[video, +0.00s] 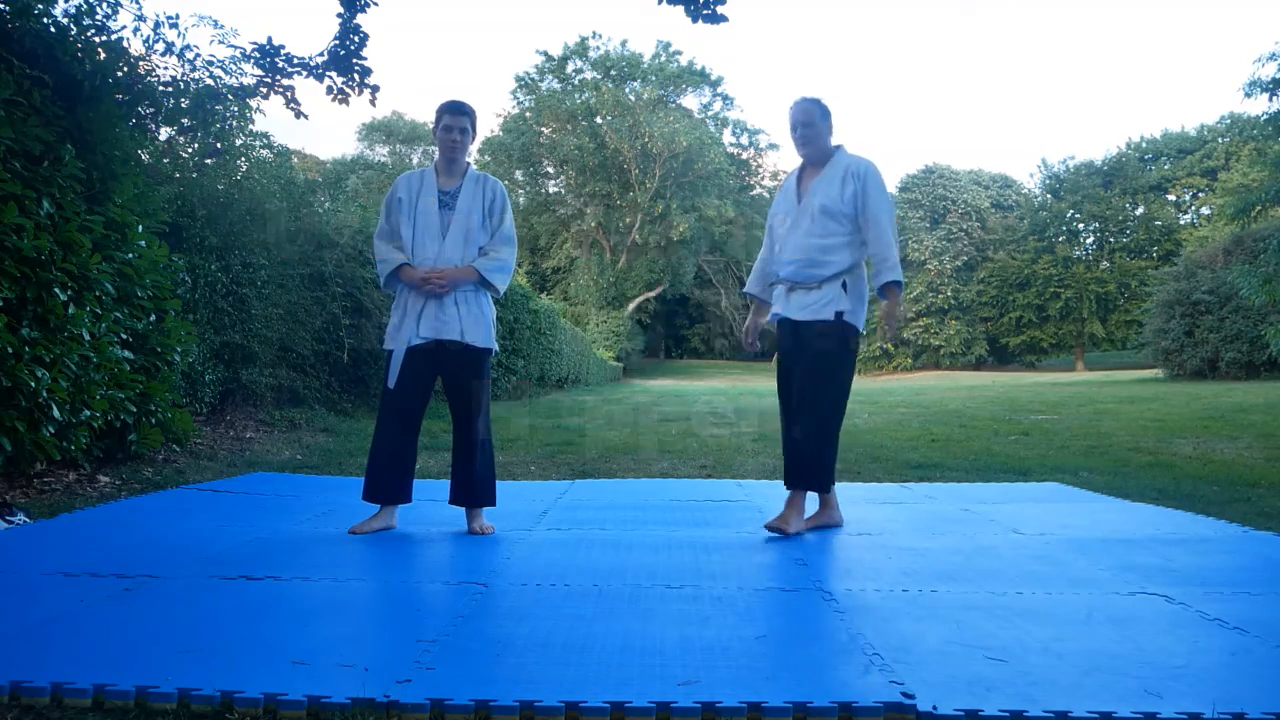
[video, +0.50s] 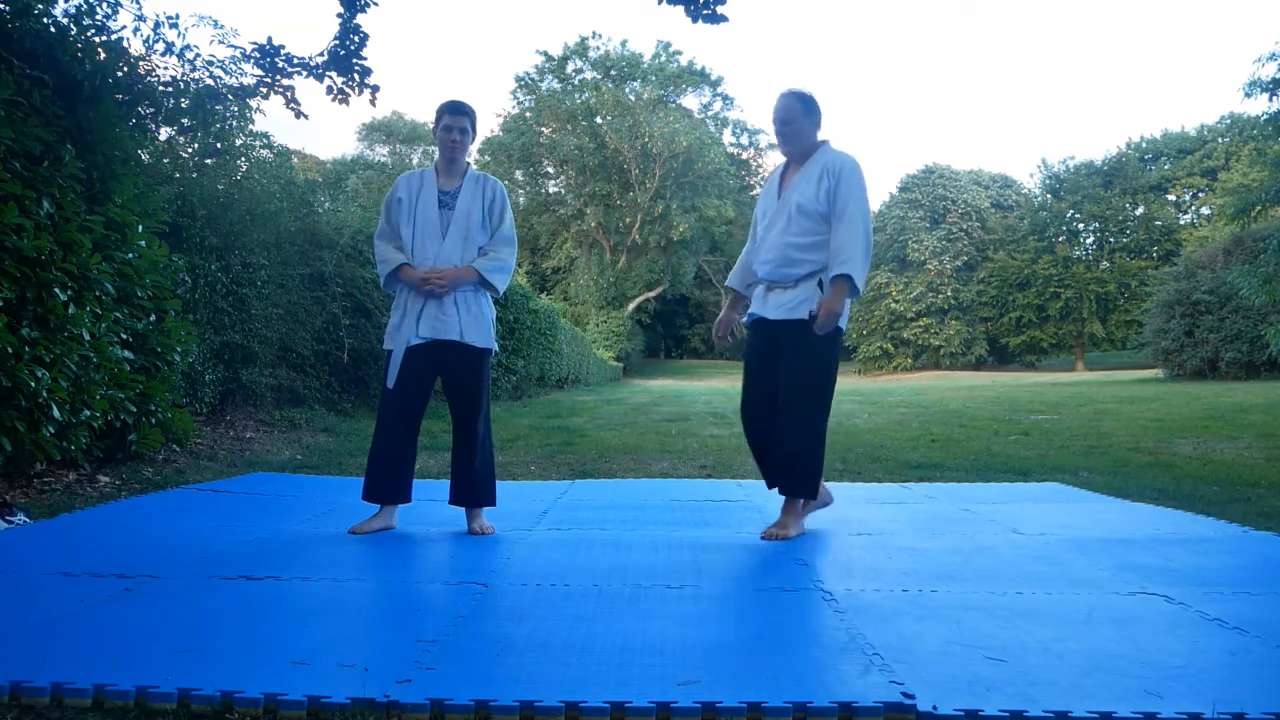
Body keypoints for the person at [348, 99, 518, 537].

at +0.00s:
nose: (454, 137)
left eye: (462, 131)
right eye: (447, 129)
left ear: (473, 139)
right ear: (434, 133)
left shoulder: (492, 191)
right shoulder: (406, 186)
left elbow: (504, 257)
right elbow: (383, 248)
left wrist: (458, 275)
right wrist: (413, 276)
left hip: (469, 321)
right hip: (414, 319)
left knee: (473, 421)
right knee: (397, 416)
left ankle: (475, 512)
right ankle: (387, 510)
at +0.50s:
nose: (453, 137)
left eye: (462, 131)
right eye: (447, 129)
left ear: (473, 139)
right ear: (434, 133)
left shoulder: (492, 191)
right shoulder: (406, 186)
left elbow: (504, 256)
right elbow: (383, 247)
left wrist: (458, 275)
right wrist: (412, 275)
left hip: (469, 321)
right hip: (414, 319)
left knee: (472, 420)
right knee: (396, 416)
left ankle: (475, 513)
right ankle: (387, 510)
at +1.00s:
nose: (454, 137)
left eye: (462, 131)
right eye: (447, 129)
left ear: (473, 139)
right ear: (434, 133)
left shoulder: (492, 191)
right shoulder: (406, 185)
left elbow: (503, 256)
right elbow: (383, 247)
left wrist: (456, 275)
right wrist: (413, 276)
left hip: (469, 322)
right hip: (414, 319)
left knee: (472, 420)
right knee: (397, 415)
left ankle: (475, 513)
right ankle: (387, 511)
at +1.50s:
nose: (452, 137)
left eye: (460, 131)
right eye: (446, 129)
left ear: (472, 139)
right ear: (433, 134)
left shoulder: (491, 190)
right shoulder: (405, 186)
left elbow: (503, 256)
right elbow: (383, 246)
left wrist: (457, 275)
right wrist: (412, 276)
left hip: (469, 321)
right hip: (413, 319)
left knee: (472, 420)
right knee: (397, 415)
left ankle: (475, 513)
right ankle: (387, 510)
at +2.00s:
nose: (475, 142)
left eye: (478, 135)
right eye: (468, 133)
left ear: (477, 139)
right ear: (441, 133)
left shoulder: (486, 191)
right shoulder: (401, 182)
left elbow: (499, 255)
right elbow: (378, 244)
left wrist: (462, 277)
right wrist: (410, 276)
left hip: (466, 322)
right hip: (411, 320)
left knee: (469, 419)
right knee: (394, 415)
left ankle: (475, 511)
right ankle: (387, 511)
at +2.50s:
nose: (514, 160)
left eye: (517, 153)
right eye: (512, 150)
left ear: (499, 147)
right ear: (489, 140)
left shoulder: (497, 203)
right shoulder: (439, 178)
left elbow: (496, 266)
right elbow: (410, 238)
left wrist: (502, 317)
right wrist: (432, 290)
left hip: (475, 325)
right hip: (424, 317)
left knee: (478, 412)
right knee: (400, 413)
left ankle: (463, 508)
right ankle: (386, 510)